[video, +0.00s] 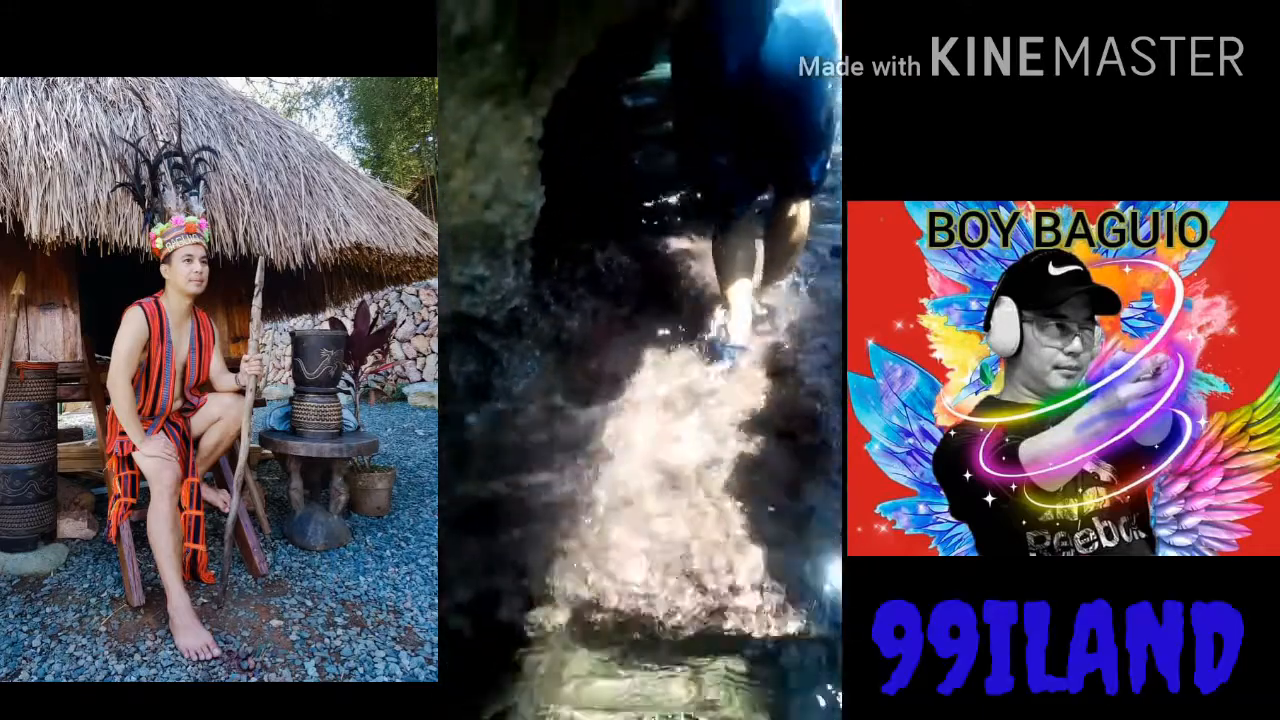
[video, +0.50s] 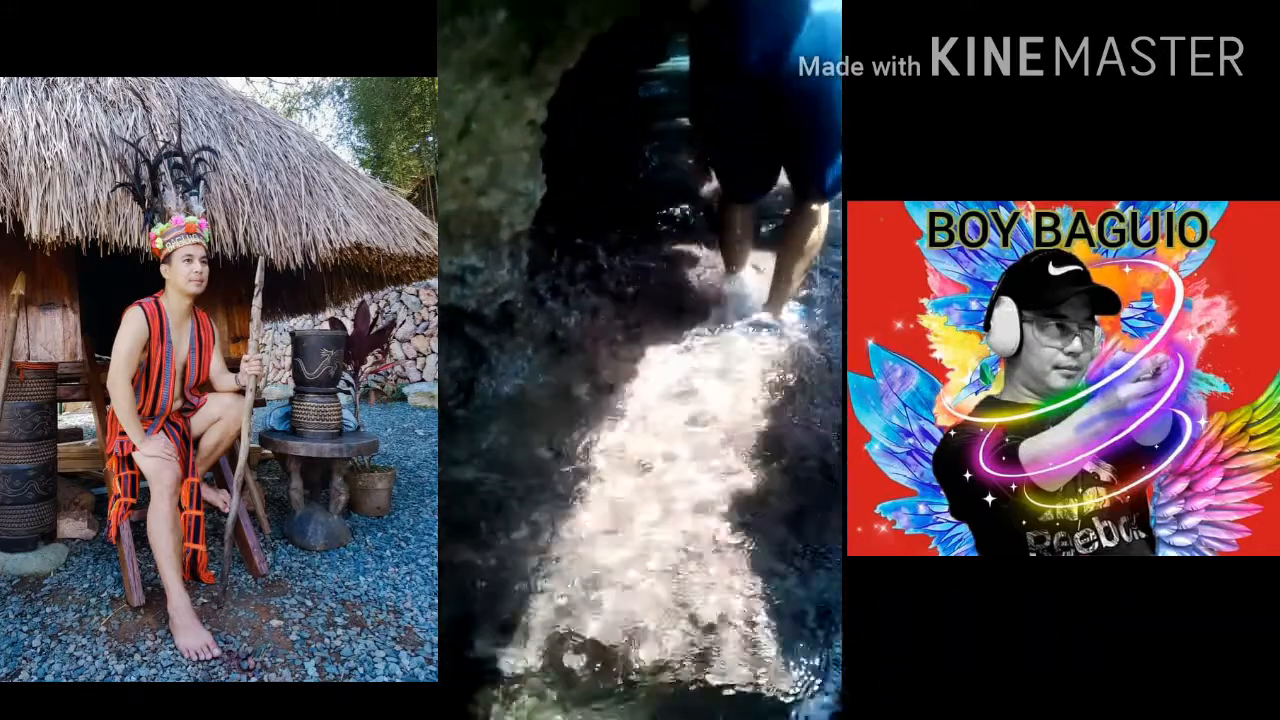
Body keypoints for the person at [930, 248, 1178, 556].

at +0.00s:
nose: (1076, 346)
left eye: (1086, 328)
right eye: (1055, 327)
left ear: (1097, 334)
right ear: (1007, 328)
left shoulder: (1114, 408)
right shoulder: (962, 446)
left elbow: (1155, 435)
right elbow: (1022, 472)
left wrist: (1149, 397)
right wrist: (1106, 412)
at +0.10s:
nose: (1076, 346)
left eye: (1086, 328)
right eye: (1055, 327)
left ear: (1097, 334)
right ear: (1007, 328)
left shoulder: (1114, 408)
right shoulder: (962, 446)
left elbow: (1155, 435)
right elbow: (1022, 472)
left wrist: (1149, 396)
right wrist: (1106, 412)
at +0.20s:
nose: (1076, 346)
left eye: (1086, 328)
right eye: (1055, 327)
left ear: (1096, 334)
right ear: (1007, 327)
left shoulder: (1114, 408)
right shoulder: (962, 446)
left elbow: (1155, 435)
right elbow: (1022, 471)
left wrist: (1149, 397)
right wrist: (1107, 411)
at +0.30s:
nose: (1076, 346)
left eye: (1086, 328)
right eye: (1055, 327)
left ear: (1097, 334)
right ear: (1007, 328)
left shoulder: (1114, 408)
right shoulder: (962, 446)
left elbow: (1155, 435)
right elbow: (1022, 472)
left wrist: (1149, 396)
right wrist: (1106, 412)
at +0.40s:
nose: (1076, 346)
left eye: (1086, 328)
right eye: (1055, 327)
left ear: (1097, 334)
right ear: (1007, 328)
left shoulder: (1114, 408)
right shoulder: (962, 446)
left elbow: (1156, 435)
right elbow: (1022, 472)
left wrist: (1149, 397)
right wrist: (1106, 412)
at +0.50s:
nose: (1076, 346)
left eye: (1086, 328)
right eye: (1055, 327)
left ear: (1097, 334)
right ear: (1007, 327)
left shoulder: (1113, 407)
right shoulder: (962, 445)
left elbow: (1155, 435)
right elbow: (1021, 471)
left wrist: (1148, 395)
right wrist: (1105, 413)